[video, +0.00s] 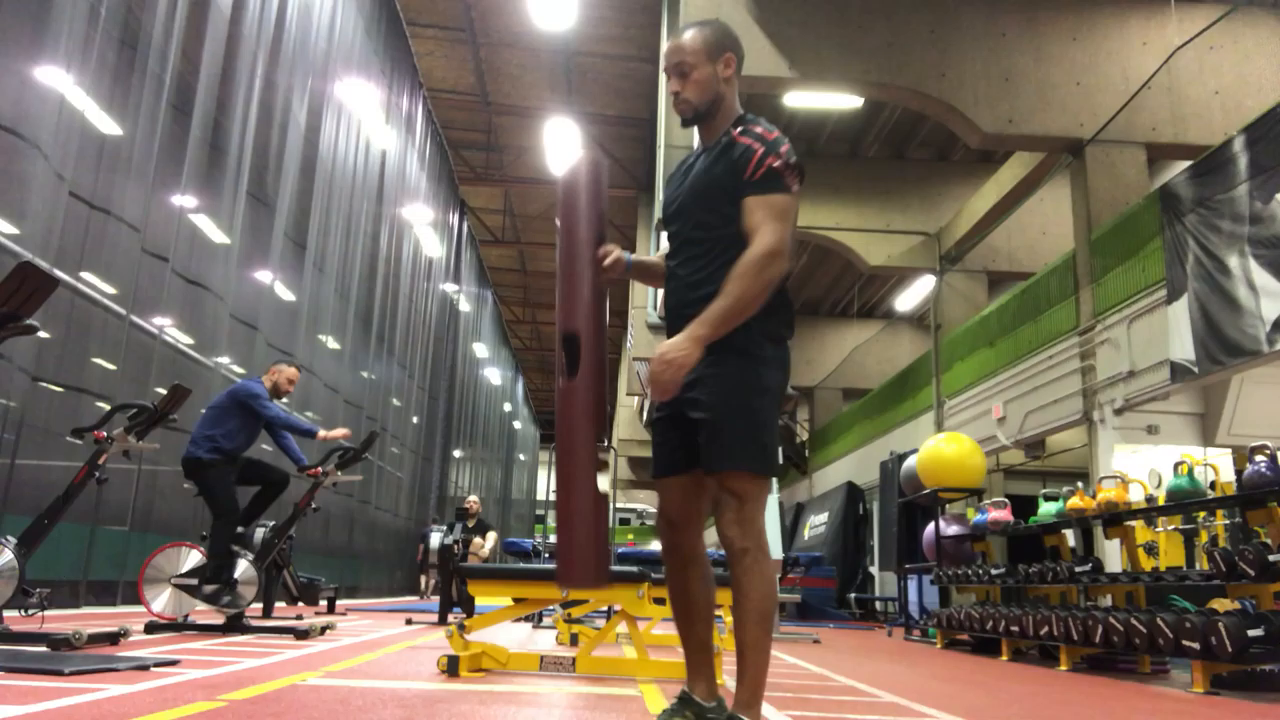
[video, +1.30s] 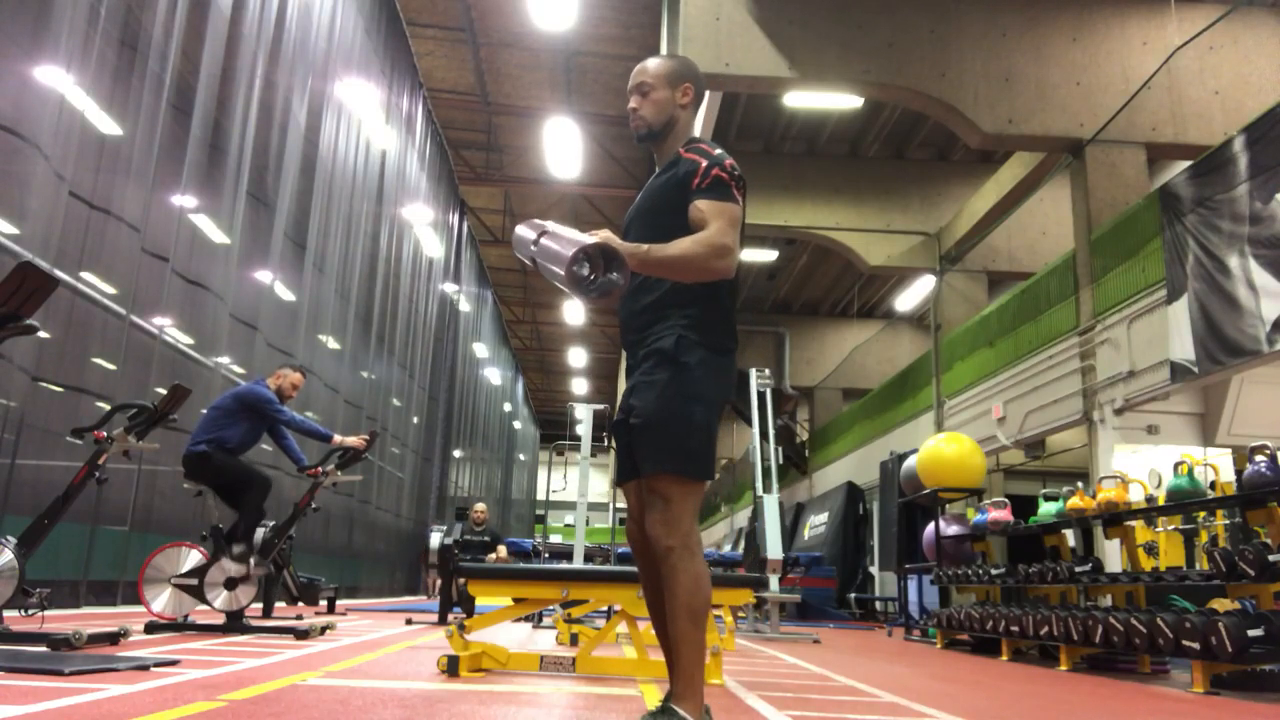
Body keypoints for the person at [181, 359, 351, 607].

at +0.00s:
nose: (291, 389)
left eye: (294, 385)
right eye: (289, 382)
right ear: (273, 374)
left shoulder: (264, 401)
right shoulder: (250, 389)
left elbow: (280, 434)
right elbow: (277, 418)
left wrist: (304, 465)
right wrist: (321, 433)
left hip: (227, 461)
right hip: (204, 460)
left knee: (278, 479)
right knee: (227, 515)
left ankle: (238, 527)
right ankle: (212, 585)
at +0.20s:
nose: (291, 392)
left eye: (295, 389)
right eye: (290, 384)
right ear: (274, 374)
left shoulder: (266, 406)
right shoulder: (252, 391)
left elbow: (281, 438)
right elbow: (288, 416)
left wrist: (304, 466)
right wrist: (337, 433)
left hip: (223, 461)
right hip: (201, 458)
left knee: (268, 499)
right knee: (246, 500)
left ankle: (254, 559)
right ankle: (199, 550)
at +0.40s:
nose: (294, 392)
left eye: (297, 389)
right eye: (293, 385)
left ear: (280, 381)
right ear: (277, 375)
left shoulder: (264, 401)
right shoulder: (256, 391)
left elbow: (281, 437)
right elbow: (293, 418)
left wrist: (304, 466)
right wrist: (339, 436)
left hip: (217, 460)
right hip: (203, 455)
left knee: (243, 521)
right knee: (263, 471)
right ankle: (225, 525)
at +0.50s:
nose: (293, 395)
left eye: (296, 391)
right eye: (292, 387)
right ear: (276, 377)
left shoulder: (265, 404)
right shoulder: (256, 392)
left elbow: (282, 438)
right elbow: (292, 418)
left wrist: (304, 467)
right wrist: (339, 437)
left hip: (214, 460)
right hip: (203, 455)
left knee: (248, 515)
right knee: (262, 475)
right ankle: (237, 540)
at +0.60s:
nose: (293, 395)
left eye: (297, 392)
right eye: (293, 387)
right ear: (277, 377)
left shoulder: (265, 404)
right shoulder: (256, 392)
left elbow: (282, 438)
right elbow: (291, 419)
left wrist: (305, 466)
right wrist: (338, 439)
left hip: (220, 459)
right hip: (205, 457)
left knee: (262, 503)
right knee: (256, 499)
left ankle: (225, 542)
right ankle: (236, 562)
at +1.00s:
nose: (294, 395)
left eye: (297, 392)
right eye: (293, 388)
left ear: (281, 384)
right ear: (277, 378)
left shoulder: (266, 403)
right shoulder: (257, 393)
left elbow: (282, 438)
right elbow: (293, 421)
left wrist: (304, 467)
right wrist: (340, 440)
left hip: (221, 460)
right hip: (204, 457)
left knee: (262, 506)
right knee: (249, 497)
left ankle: (251, 563)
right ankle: (204, 542)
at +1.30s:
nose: (294, 394)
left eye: (297, 391)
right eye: (293, 387)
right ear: (277, 377)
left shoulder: (266, 403)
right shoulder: (257, 392)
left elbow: (282, 437)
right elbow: (293, 421)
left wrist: (304, 466)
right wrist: (340, 440)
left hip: (214, 458)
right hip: (204, 456)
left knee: (256, 512)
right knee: (260, 483)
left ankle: (225, 546)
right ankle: (241, 544)